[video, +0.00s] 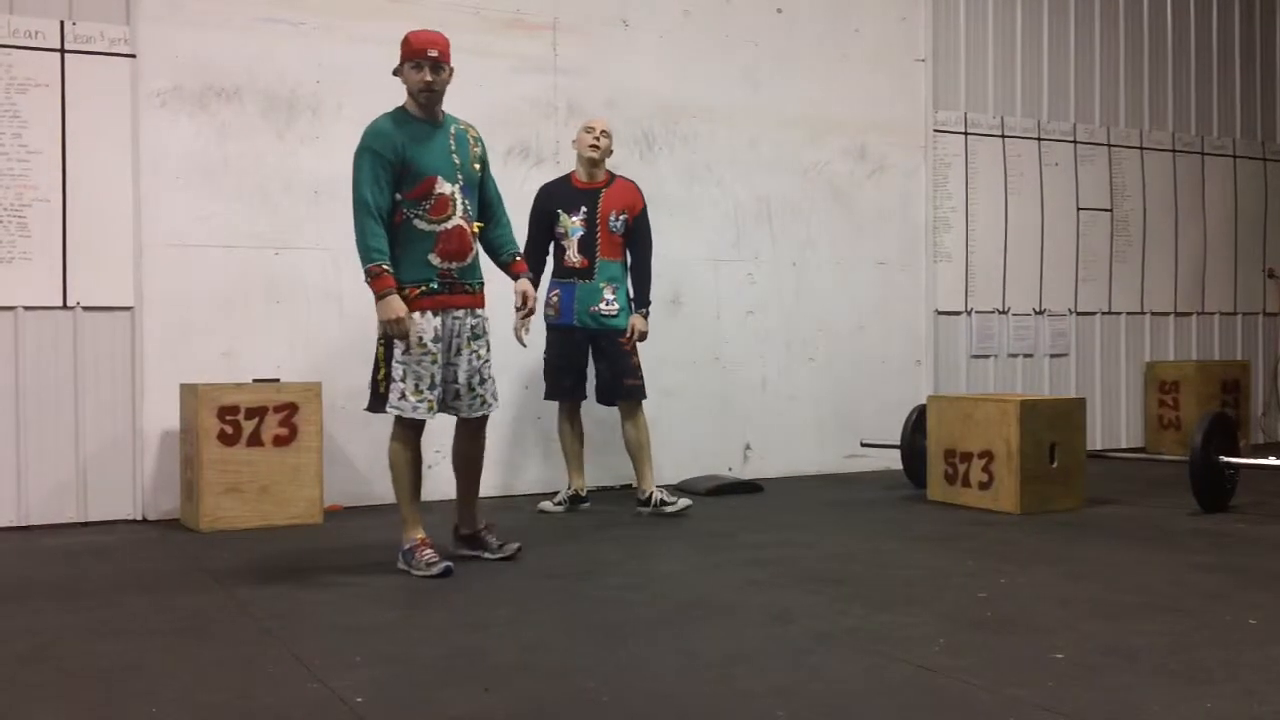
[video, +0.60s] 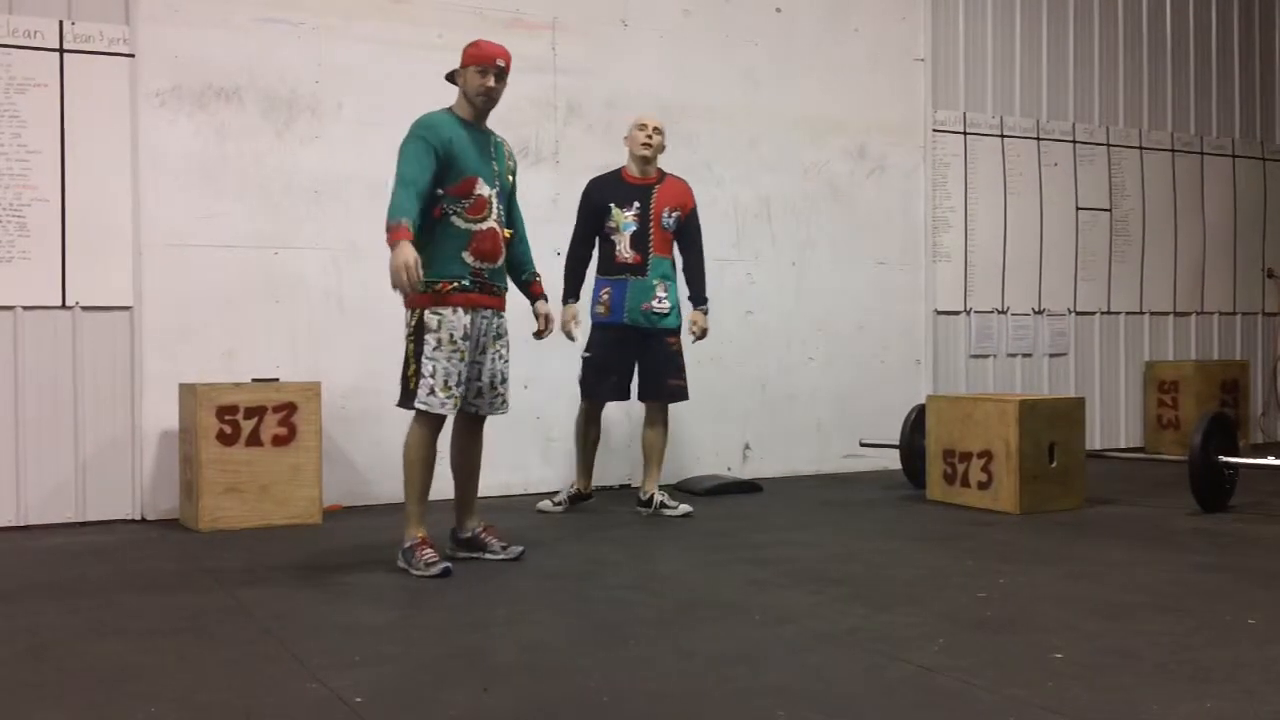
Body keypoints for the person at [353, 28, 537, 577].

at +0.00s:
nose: (428, 75)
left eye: (437, 67)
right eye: (418, 66)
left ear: (449, 74)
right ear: (401, 74)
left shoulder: (468, 138)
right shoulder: (382, 138)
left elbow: (491, 216)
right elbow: (369, 219)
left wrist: (520, 274)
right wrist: (385, 292)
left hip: (467, 302)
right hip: (413, 304)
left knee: (474, 413)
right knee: (410, 419)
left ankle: (469, 528)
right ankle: (413, 539)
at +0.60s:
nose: (491, 80)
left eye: (499, 75)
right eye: (482, 71)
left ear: (506, 85)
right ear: (459, 77)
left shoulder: (501, 150)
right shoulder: (431, 130)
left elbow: (512, 228)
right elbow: (407, 190)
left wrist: (537, 293)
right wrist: (401, 240)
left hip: (489, 302)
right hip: (441, 298)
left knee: (473, 414)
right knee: (430, 413)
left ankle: (467, 526)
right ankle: (415, 536)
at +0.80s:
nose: (500, 86)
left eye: (507, 80)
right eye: (491, 76)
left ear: (512, 89)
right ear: (468, 79)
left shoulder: (506, 151)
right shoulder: (440, 129)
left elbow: (516, 228)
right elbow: (413, 182)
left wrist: (543, 293)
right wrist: (406, 186)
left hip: (494, 300)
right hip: (448, 296)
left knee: (477, 416)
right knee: (439, 412)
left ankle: (468, 527)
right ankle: (417, 536)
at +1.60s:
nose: (488, 78)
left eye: (496, 70)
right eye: (477, 68)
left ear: (502, 78)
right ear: (455, 73)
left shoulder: (502, 145)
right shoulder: (432, 131)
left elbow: (517, 224)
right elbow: (412, 194)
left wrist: (547, 287)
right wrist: (421, 241)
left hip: (495, 301)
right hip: (448, 297)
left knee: (480, 415)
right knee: (442, 415)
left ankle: (470, 529)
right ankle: (436, 544)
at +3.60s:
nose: (505, 105)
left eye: (508, 96)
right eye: (504, 93)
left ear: (479, 83)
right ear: (481, 83)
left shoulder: (478, 144)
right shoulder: (431, 128)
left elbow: (484, 225)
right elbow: (431, 201)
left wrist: (522, 282)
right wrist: (464, 228)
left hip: (472, 298)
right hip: (440, 297)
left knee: (457, 416)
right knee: (440, 417)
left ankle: (450, 531)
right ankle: (434, 546)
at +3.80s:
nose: (506, 115)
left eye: (509, 104)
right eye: (506, 102)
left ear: (476, 86)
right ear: (487, 89)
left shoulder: (462, 139)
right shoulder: (437, 132)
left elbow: (472, 225)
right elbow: (465, 198)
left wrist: (525, 250)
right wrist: (531, 199)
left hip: (464, 294)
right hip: (444, 296)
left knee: (463, 412)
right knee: (454, 413)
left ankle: (449, 530)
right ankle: (437, 543)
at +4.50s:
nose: (495, 105)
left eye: (497, 95)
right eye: (494, 94)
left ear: (463, 83)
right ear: (472, 86)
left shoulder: (454, 132)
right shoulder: (418, 134)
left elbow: (483, 175)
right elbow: (451, 212)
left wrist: (530, 165)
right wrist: (525, 230)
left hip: (457, 296)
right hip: (422, 298)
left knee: (447, 419)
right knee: (415, 419)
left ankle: (448, 532)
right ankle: (402, 546)